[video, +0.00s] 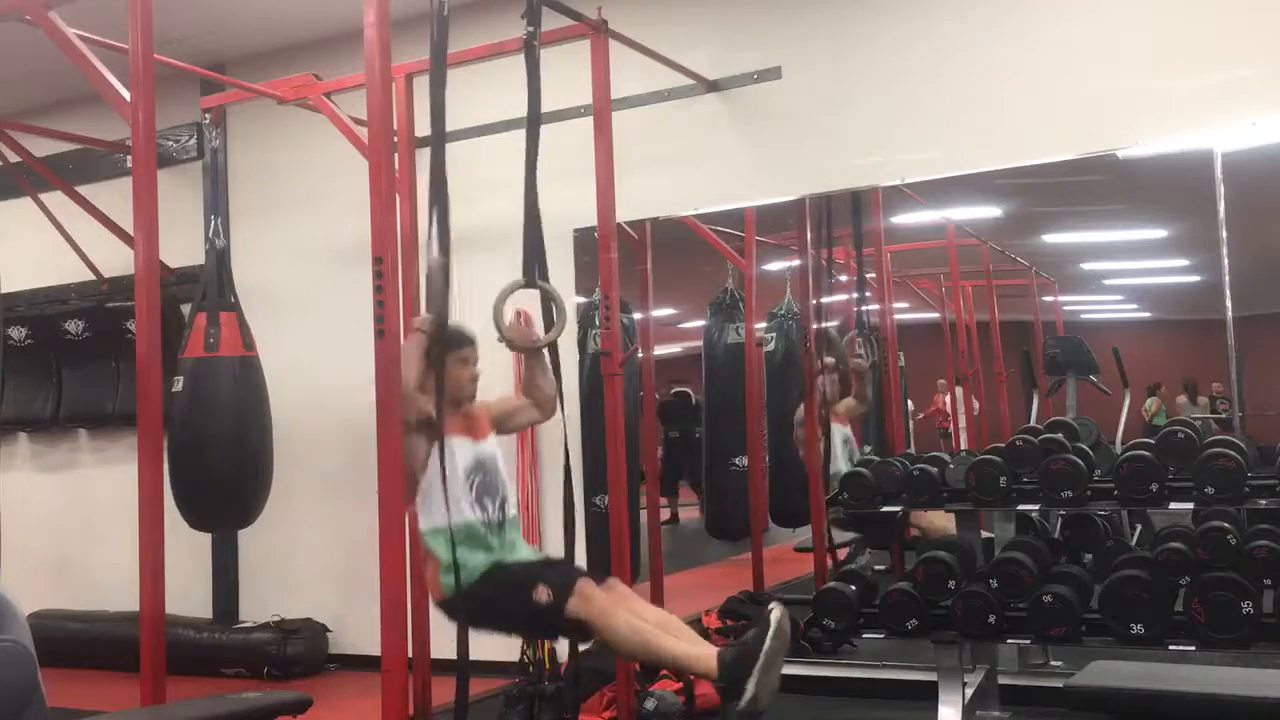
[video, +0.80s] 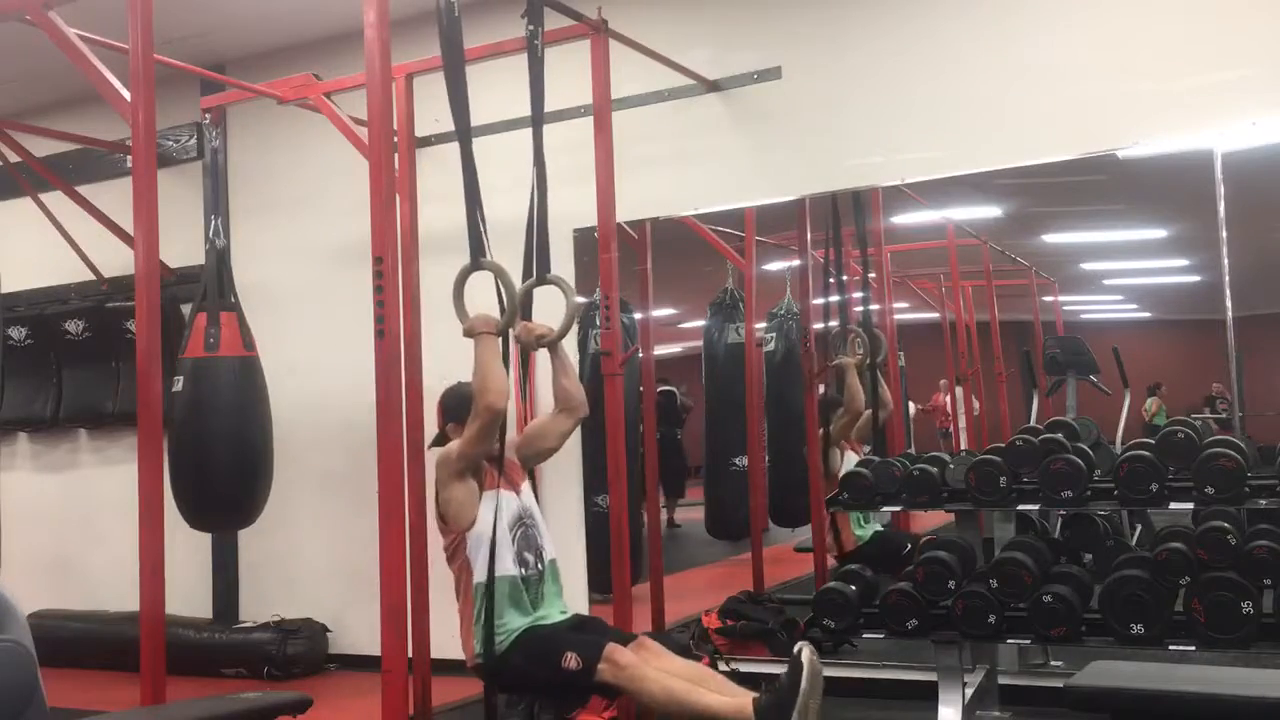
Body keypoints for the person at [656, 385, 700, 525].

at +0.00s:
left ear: (672, 396)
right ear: (690, 397)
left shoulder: (665, 406)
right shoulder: (696, 406)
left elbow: (664, 421)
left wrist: (658, 402)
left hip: (672, 450)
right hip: (693, 449)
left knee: (669, 482)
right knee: (695, 480)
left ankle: (674, 514)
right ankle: (705, 505)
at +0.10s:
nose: (679, 402)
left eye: (678, 399)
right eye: (679, 399)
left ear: (670, 395)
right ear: (689, 397)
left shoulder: (663, 406)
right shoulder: (694, 407)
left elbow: (660, 425)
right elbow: (696, 425)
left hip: (669, 447)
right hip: (689, 446)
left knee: (669, 481)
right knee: (690, 479)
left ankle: (673, 514)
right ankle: (690, 508)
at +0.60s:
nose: (670, 397)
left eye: (670, 394)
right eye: (670, 394)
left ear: (662, 392)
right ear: (679, 392)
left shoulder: (655, 404)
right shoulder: (685, 404)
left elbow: (647, 422)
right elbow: (695, 407)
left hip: (657, 444)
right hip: (677, 444)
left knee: (653, 480)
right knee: (676, 481)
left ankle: (658, 505)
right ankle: (671, 516)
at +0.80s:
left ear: (654, 388)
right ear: (672, 389)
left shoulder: (647, 400)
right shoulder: (675, 400)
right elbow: (689, 406)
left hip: (651, 440)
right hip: (671, 441)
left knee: (647, 480)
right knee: (673, 479)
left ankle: (640, 516)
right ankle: (670, 517)